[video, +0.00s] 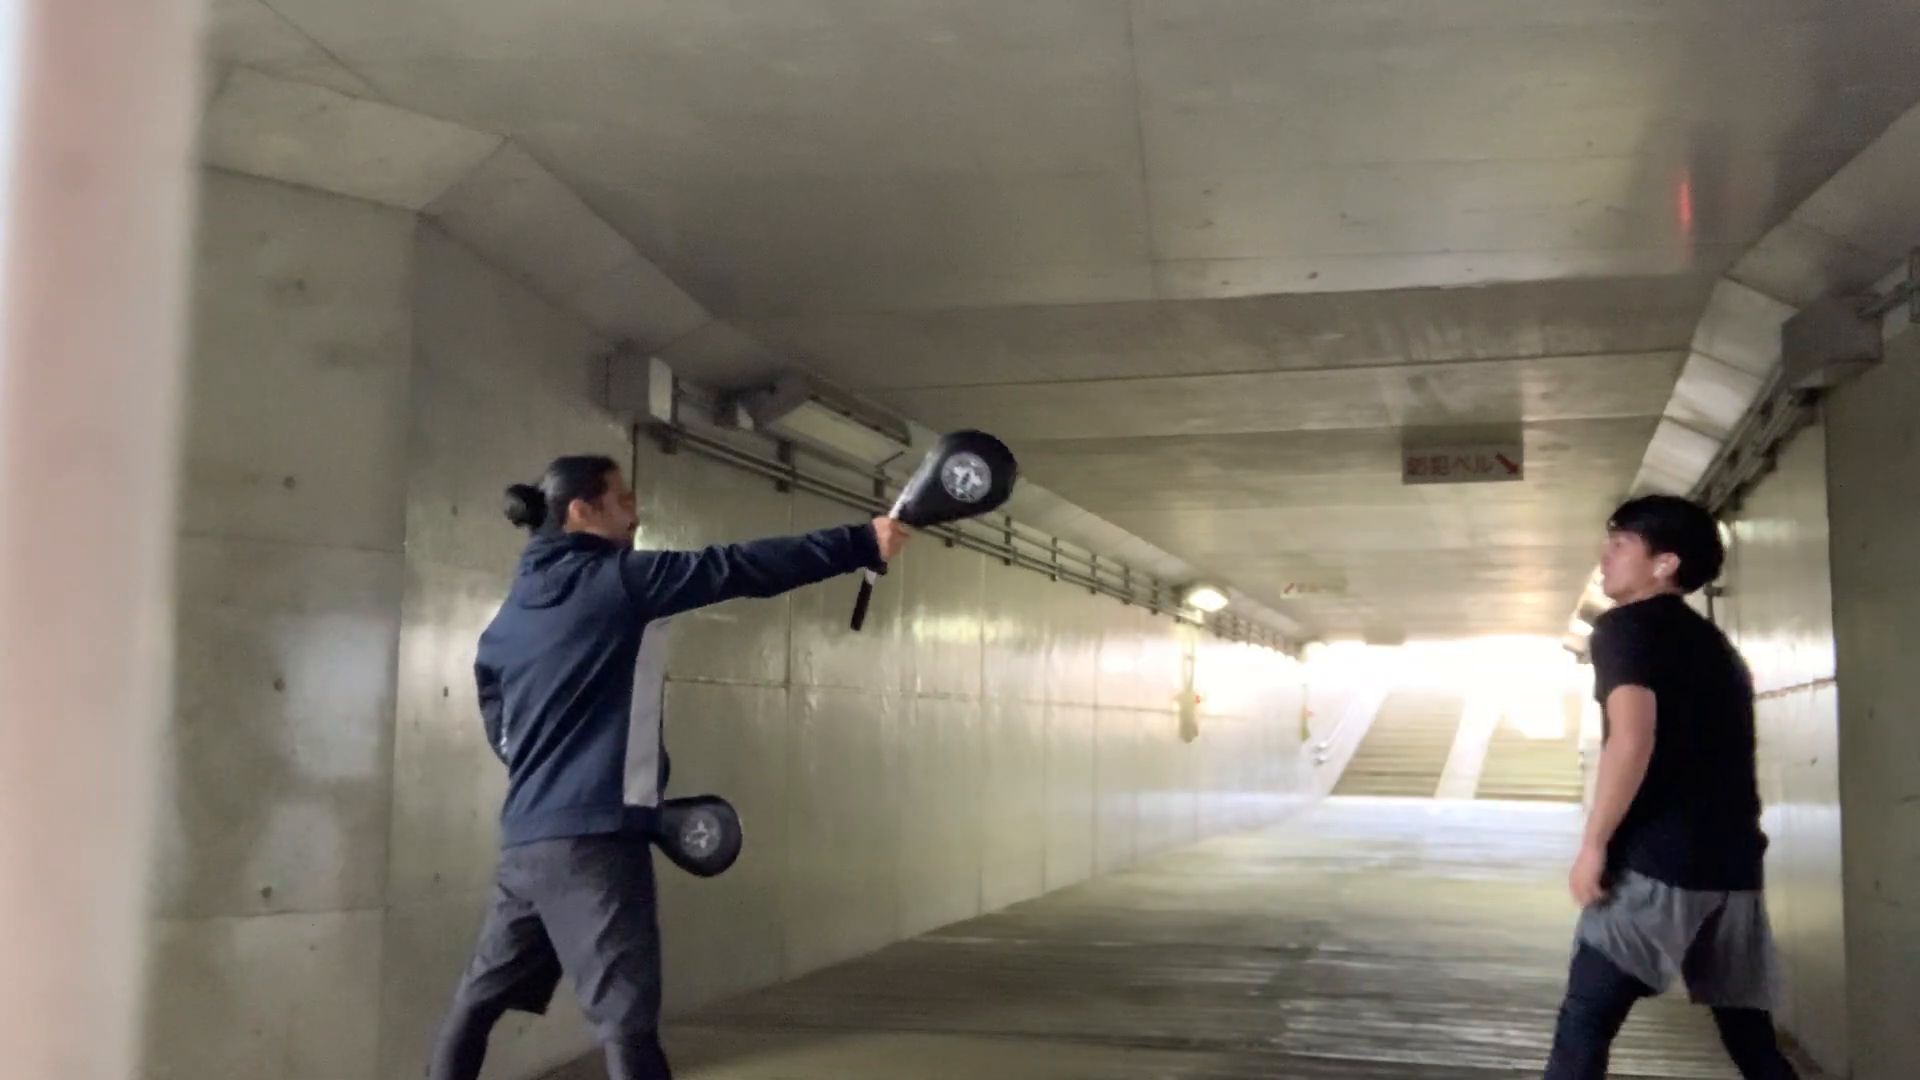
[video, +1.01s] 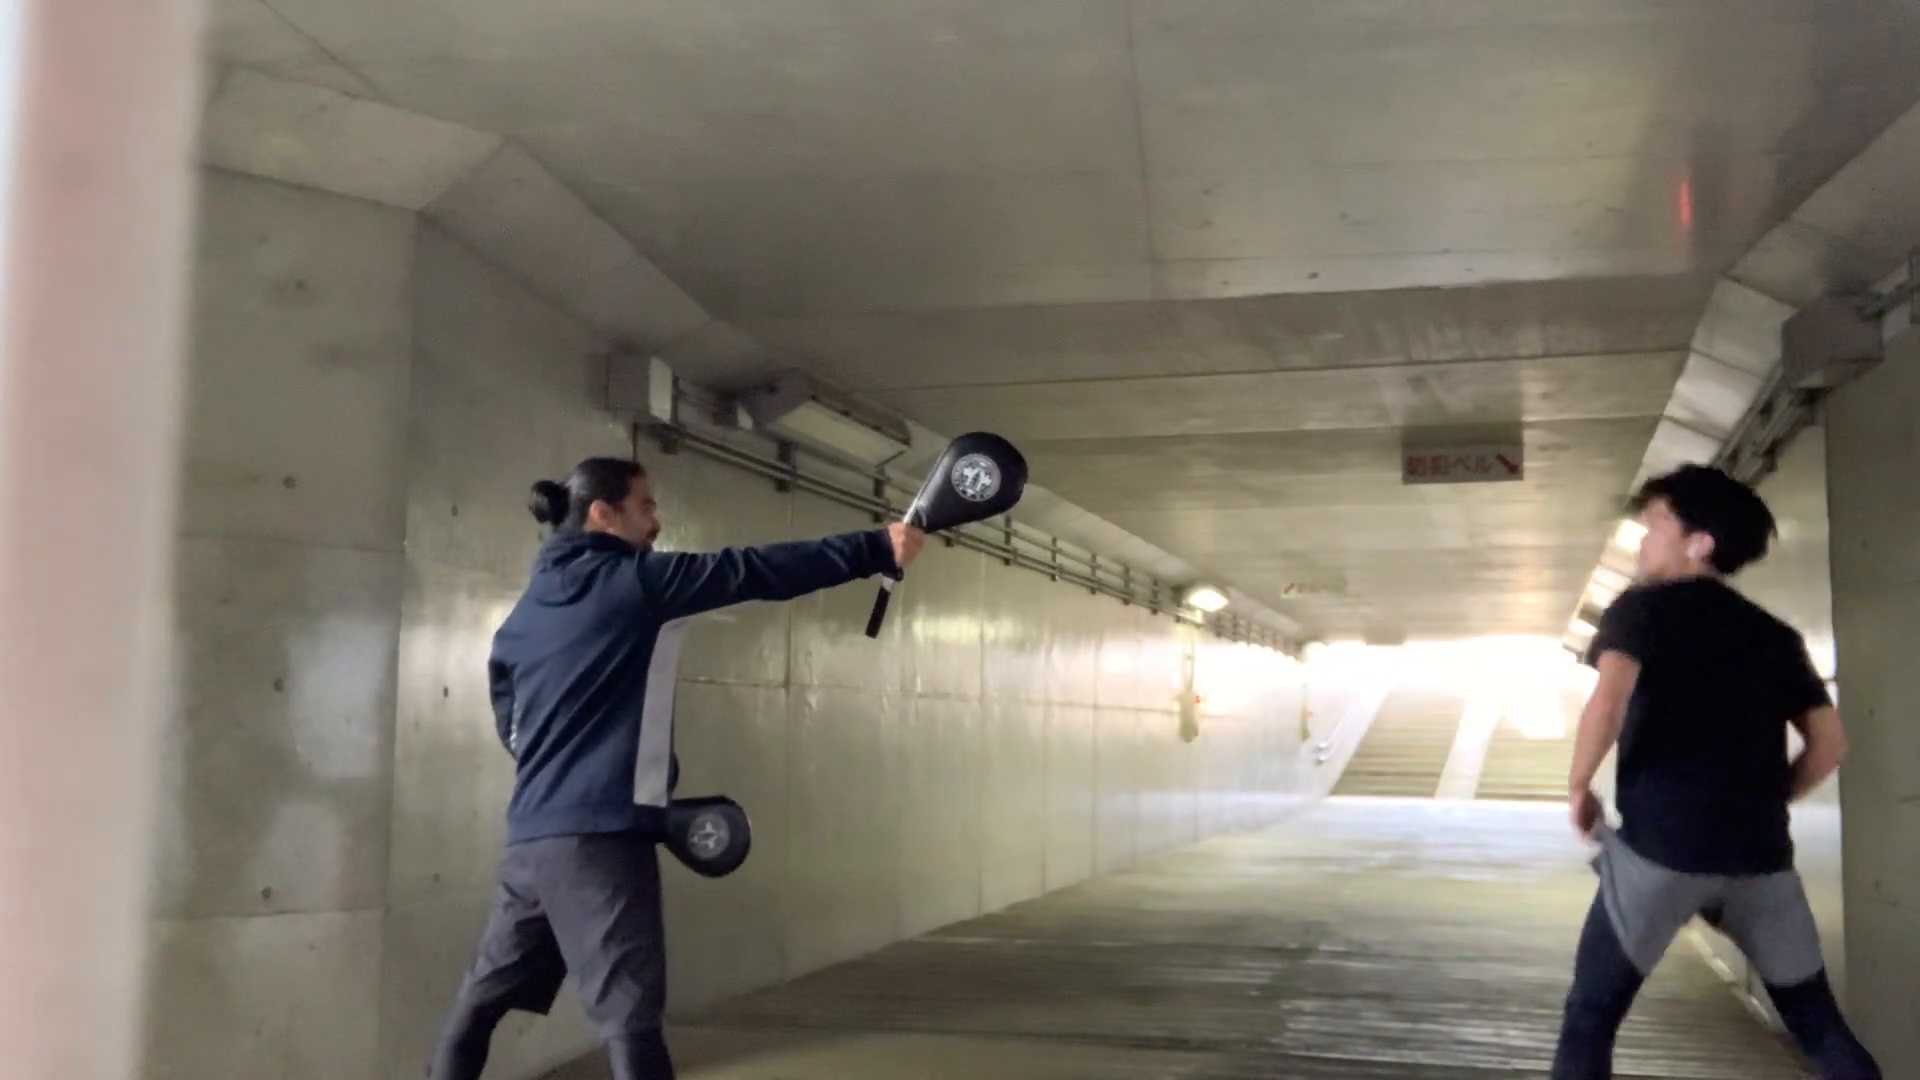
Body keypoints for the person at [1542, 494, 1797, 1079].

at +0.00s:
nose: (1603, 555)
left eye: (1619, 544)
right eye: (1610, 541)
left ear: (1665, 564)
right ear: (1667, 569)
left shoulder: (1625, 627)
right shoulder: (1719, 646)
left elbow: (1631, 735)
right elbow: (1732, 764)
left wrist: (1593, 843)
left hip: (1657, 868)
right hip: (1736, 872)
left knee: (1583, 1031)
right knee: (1753, 1040)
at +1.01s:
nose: (1641, 539)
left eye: (1655, 525)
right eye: (1646, 524)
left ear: (1700, 544)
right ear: (1704, 547)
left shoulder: (1643, 608)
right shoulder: (1774, 633)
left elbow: (1611, 697)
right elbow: (1828, 745)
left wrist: (1580, 785)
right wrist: (1768, 794)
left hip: (1661, 847)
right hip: (1760, 852)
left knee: (1590, 1019)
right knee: (1820, 1024)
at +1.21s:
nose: (1641, 557)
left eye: (1656, 544)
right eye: (1649, 541)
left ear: (1698, 562)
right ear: (1705, 569)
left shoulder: (1643, 625)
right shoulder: (1769, 657)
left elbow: (1620, 725)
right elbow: (1809, 776)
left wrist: (1584, 809)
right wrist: (1746, 824)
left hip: (1653, 873)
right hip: (1751, 879)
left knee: (1581, 1043)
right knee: (1813, 1047)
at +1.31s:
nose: (1628, 534)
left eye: (1644, 523)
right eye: (1635, 520)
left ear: (1688, 546)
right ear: (1691, 551)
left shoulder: (1637, 603)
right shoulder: (1745, 636)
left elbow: (1630, 693)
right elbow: (1795, 755)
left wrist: (1573, 777)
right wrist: (1729, 801)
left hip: (1650, 852)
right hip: (1738, 859)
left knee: (1561, 1007)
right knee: (1791, 1025)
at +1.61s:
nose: (1548, 566)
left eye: (1566, 554)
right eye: (1555, 553)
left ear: (1610, 582)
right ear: (1602, 583)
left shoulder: (1605, 667)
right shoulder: (1554, 666)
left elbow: (1635, 776)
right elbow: (1495, 748)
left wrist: (1527, 795)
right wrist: (1384, 732)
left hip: (1524, 891)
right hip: (1498, 878)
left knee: (1415, 1034)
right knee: (1489, 1044)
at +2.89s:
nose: (1160, 559)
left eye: (1173, 545)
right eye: (1164, 544)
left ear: (1218, 563)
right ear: (1215, 565)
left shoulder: (1228, 646)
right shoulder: (1224, 640)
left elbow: (1231, 776)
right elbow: (1213, 762)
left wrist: (1139, 755)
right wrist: (1145, 812)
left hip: (1214, 873)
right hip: (1188, 858)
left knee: (1138, 1025)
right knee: (1102, 996)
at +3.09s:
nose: (1264, 569)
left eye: (1275, 557)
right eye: (1269, 556)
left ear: (1309, 572)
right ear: (1330, 578)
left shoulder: (1266, 649)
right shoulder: (1380, 662)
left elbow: (1228, 754)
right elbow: (1415, 783)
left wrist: (1180, 837)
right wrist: (1351, 803)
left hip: (1290, 878)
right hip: (1373, 875)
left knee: (1191, 1019)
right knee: (1373, 991)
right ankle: (1432, 1069)